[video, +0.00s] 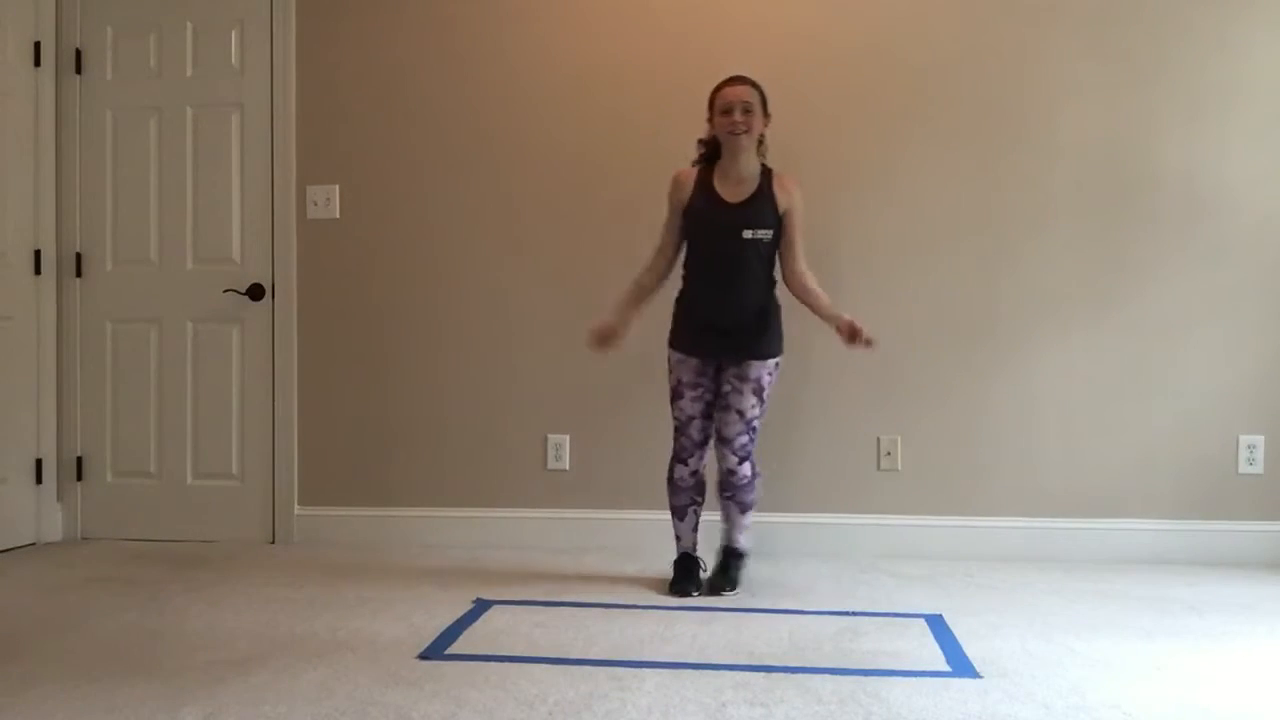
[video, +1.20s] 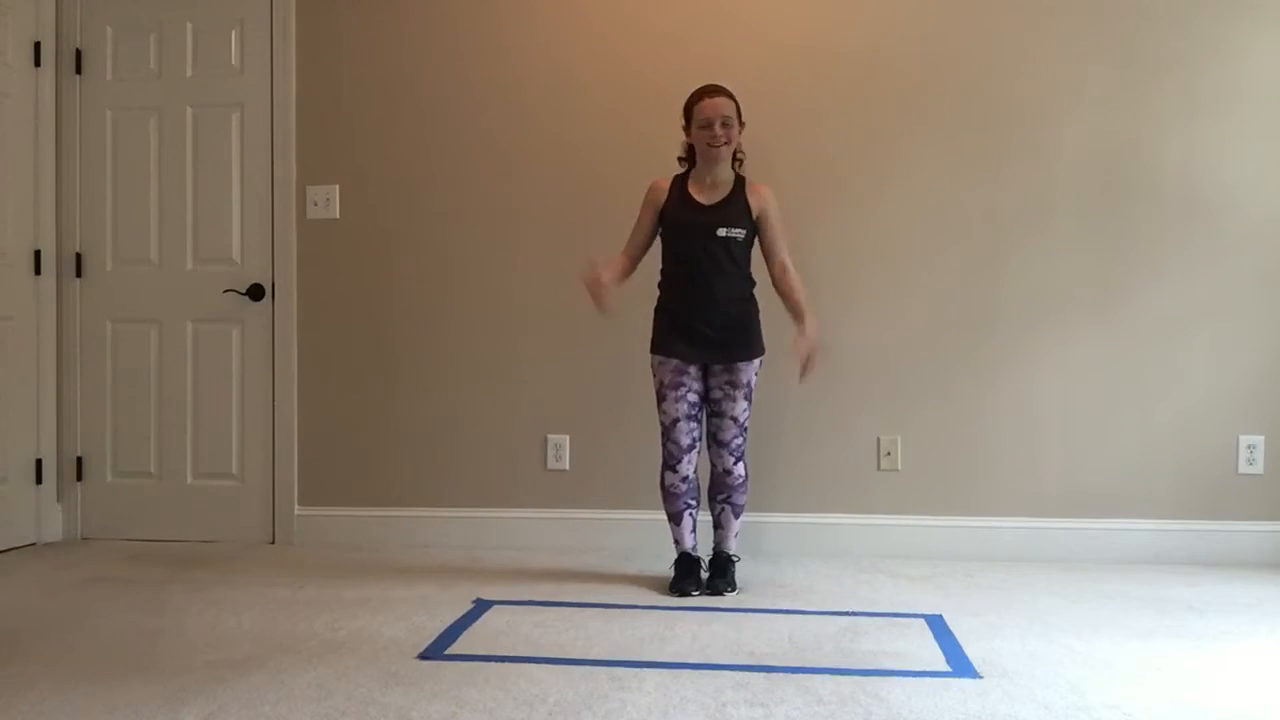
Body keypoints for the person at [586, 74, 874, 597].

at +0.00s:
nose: (736, 118)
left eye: (747, 110)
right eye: (726, 110)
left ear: (764, 121)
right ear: (711, 122)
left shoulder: (781, 189)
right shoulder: (688, 182)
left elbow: (795, 273)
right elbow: (661, 261)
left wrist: (837, 319)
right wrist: (620, 318)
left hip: (754, 342)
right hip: (692, 337)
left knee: (735, 451)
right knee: (688, 449)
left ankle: (733, 551)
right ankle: (685, 556)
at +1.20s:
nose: (716, 132)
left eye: (726, 123)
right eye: (705, 123)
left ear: (739, 130)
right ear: (688, 132)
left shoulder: (756, 197)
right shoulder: (664, 191)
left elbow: (781, 269)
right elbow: (632, 253)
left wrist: (804, 322)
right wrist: (606, 275)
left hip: (736, 343)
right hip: (676, 341)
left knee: (727, 450)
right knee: (679, 449)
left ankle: (723, 555)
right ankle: (686, 557)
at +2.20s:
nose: (705, 128)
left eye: (713, 119)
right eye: (693, 121)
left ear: (725, 125)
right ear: (674, 131)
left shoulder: (749, 190)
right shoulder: (656, 192)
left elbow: (764, 268)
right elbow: (643, 267)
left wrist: (772, 343)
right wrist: (620, 329)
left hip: (733, 344)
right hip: (672, 344)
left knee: (725, 450)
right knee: (678, 450)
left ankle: (724, 555)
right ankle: (685, 557)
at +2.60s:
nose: (704, 130)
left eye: (712, 121)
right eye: (693, 122)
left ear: (724, 129)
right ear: (673, 130)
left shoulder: (745, 192)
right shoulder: (653, 191)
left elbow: (764, 266)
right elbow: (637, 262)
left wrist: (752, 325)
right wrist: (621, 317)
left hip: (726, 344)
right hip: (667, 343)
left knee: (722, 451)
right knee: (675, 451)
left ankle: (724, 555)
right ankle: (684, 557)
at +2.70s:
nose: (703, 131)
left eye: (712, 122)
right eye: (692, 123)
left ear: (722, 130)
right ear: (672, 131)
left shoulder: (742, 190)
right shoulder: (651, 192)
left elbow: (767, 263)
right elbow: (637, 263)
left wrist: (751, 327)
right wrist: (626, 323)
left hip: (725, 343)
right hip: (665, 343)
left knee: (721, 449)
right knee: (674, 450)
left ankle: (723, 555)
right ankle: (683, 556)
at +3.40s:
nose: (698, 124)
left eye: (708, 117)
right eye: (688, 117)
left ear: (723, 127)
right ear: (671, 128)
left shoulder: (741, 190)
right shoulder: (650, 187)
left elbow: (793, 254)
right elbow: (616, 252)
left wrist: (783, 301)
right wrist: (588, 314)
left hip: (729, 339)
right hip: (668, 340)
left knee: (729, 450)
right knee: (675, 450)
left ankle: (725, 552)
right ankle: (683, 557)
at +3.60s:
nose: (704, 124)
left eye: (714, 116)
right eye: (694, 117)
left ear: (730, 126)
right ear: (679, 128)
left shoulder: (751, 190)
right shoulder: (660, 188)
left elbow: (812, 241)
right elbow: (620, 247)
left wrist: (790, 286)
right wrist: (580, 301)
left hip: (732, 342)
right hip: (672, 340)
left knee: (726, 452)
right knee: (676, 451)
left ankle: (723, 554)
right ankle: (683, 557)